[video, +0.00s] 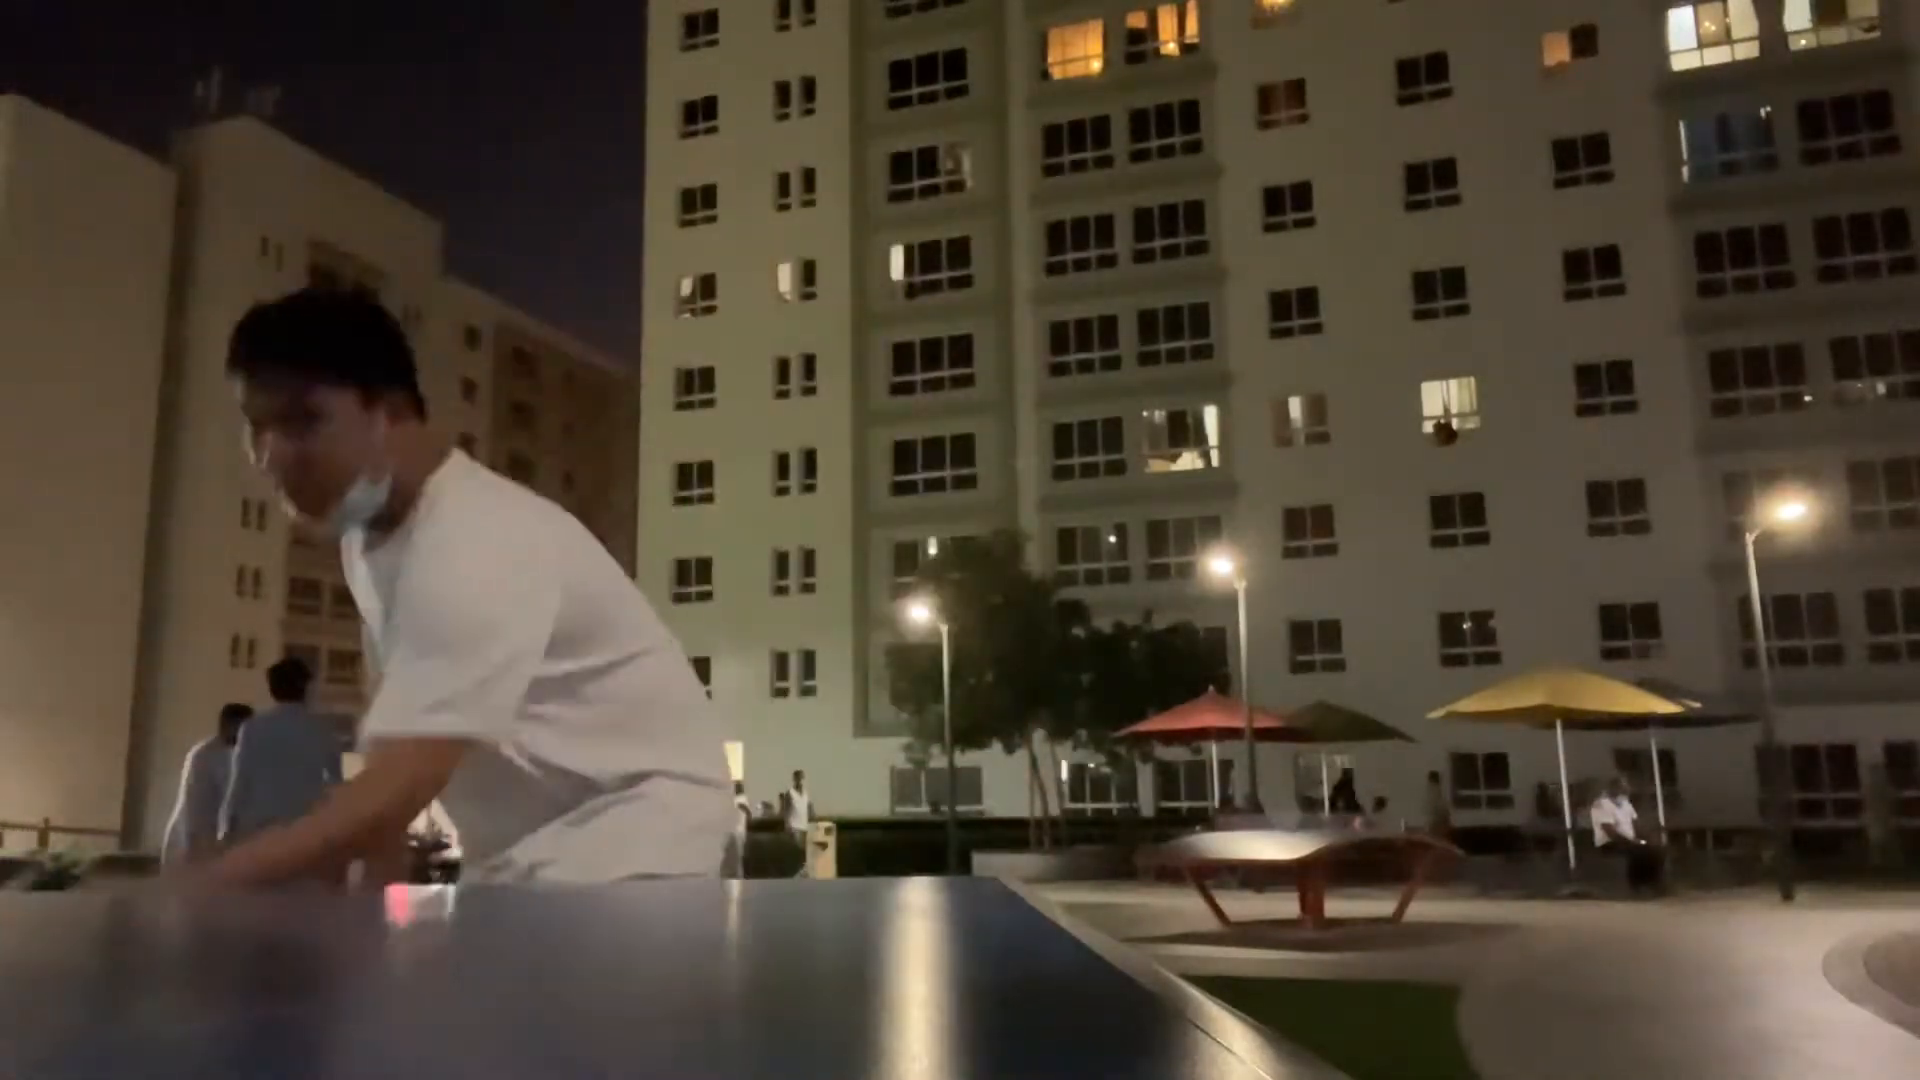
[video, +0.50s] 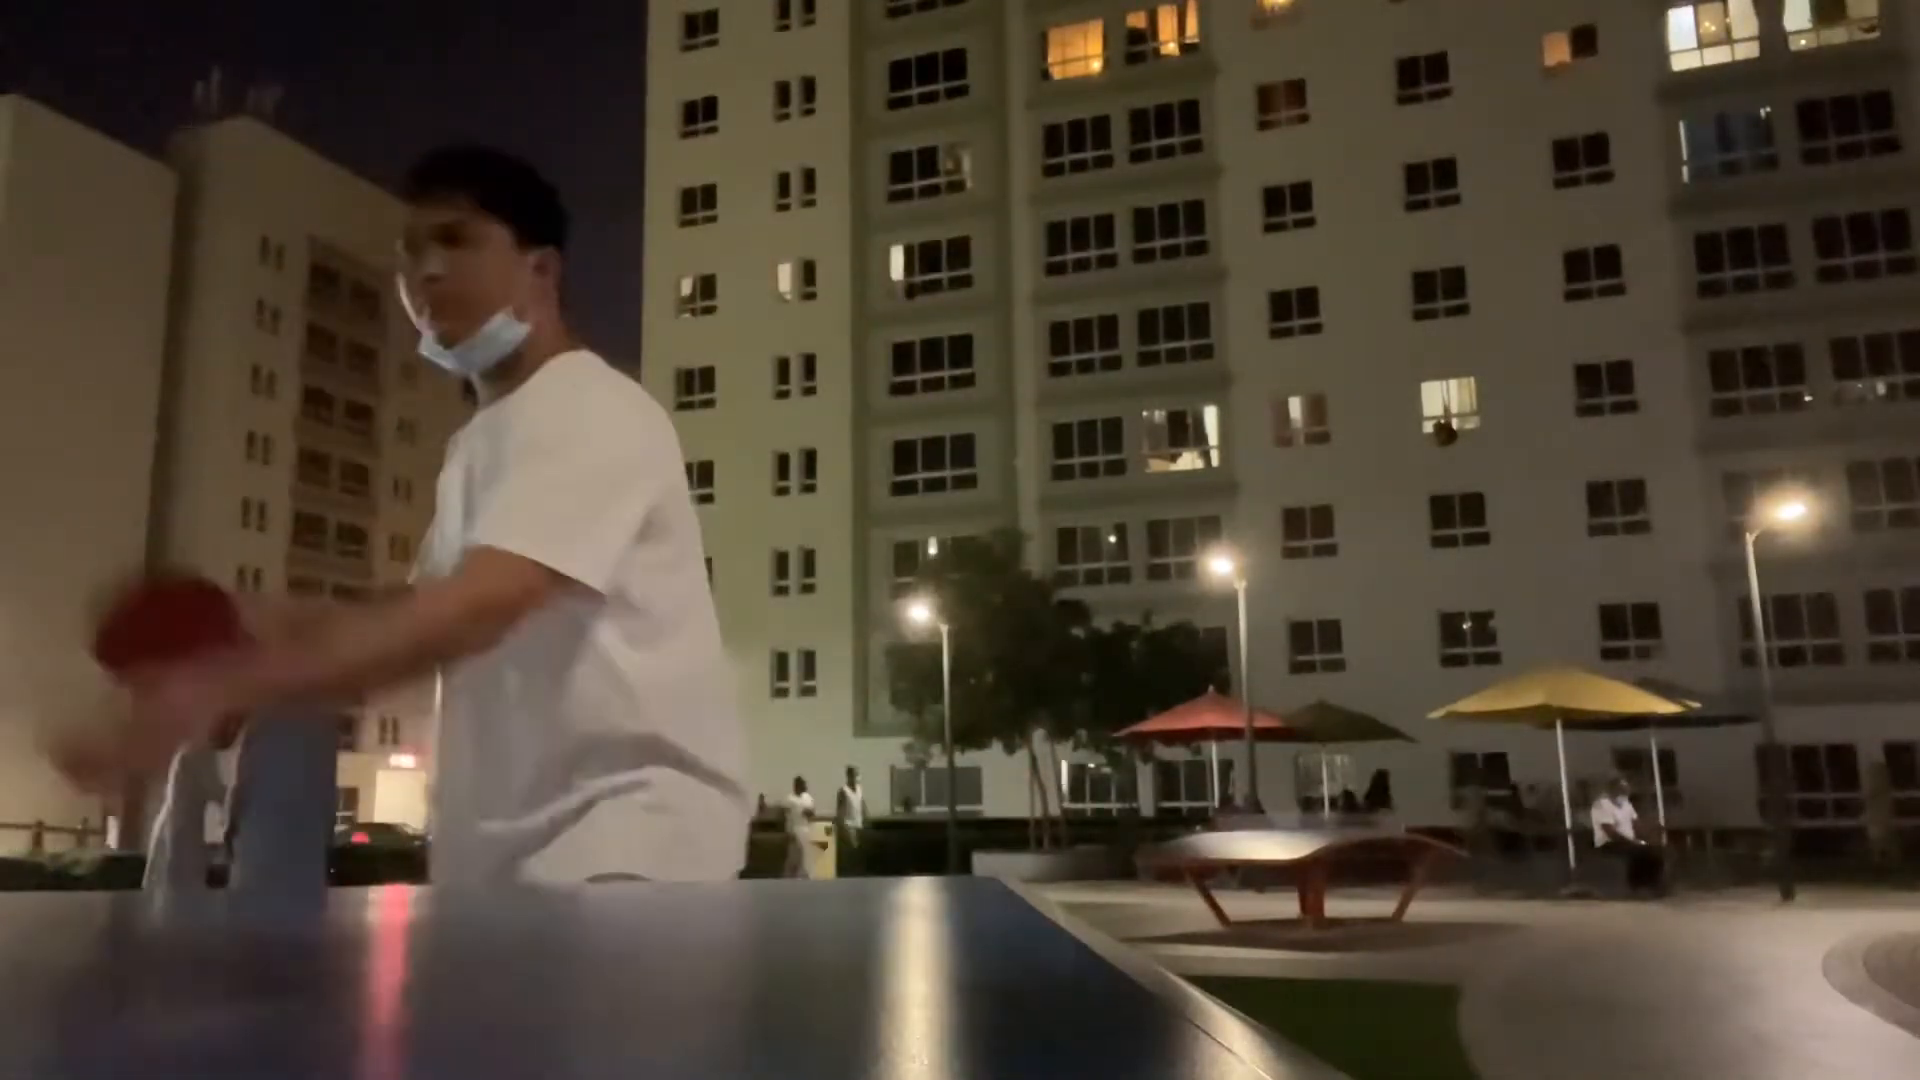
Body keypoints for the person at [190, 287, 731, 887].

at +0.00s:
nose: (272, 459)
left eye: (302, 422)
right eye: (258, 429)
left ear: (389, 413)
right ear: (245, 432)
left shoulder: (479, 539)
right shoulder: (370, 541)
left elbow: (402, 785)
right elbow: (394, 728)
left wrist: (207, 883)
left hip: (636, 835)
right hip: (516, 847)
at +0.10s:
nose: (310, 372)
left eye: (343, 338)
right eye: (298, 344)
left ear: (420, 344)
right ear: (284, 362)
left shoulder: (488, 479)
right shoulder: (377, 509)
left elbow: (479, 719)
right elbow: (380, 697)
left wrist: (268, 821)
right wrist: (290, 830)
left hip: (613, 858)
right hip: (503, 863)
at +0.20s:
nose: (373, 323)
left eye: (406, 297)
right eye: (353, 299)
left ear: (477, 318)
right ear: (330, 320)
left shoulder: (535, 450)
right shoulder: (396, 491)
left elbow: (531, 673)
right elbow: (372, 672)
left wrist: (328, 741)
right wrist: (277, 750)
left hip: (608, 852)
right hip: (484, 863)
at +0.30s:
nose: (423, 296)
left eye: (455, 274)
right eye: (402, 275)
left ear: (516, 304)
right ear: (379, 302)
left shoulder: (578, 438)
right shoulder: (422, 475)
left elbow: (544, 625)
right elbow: (406, 650)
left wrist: (394, 758)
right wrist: (320, 738)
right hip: (498, 848)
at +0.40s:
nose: (441, 284)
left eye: (473, 258)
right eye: (420, 260)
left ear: (543, 294)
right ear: (398, 288)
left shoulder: (602, 434)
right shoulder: (449, 463)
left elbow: (537, 636)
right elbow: (424, 640)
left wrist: (384, 797)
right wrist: (334, 707)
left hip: (652, 827)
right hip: (519, 843)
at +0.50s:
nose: (419, 274)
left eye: (450, 241)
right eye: (409, 252)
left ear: (541, 268)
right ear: (404, 280)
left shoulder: (589, 406)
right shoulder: (477, 447)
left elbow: (470, 615)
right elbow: (420, 623)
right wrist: (261, 625)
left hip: (626, 851)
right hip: (504, 857)